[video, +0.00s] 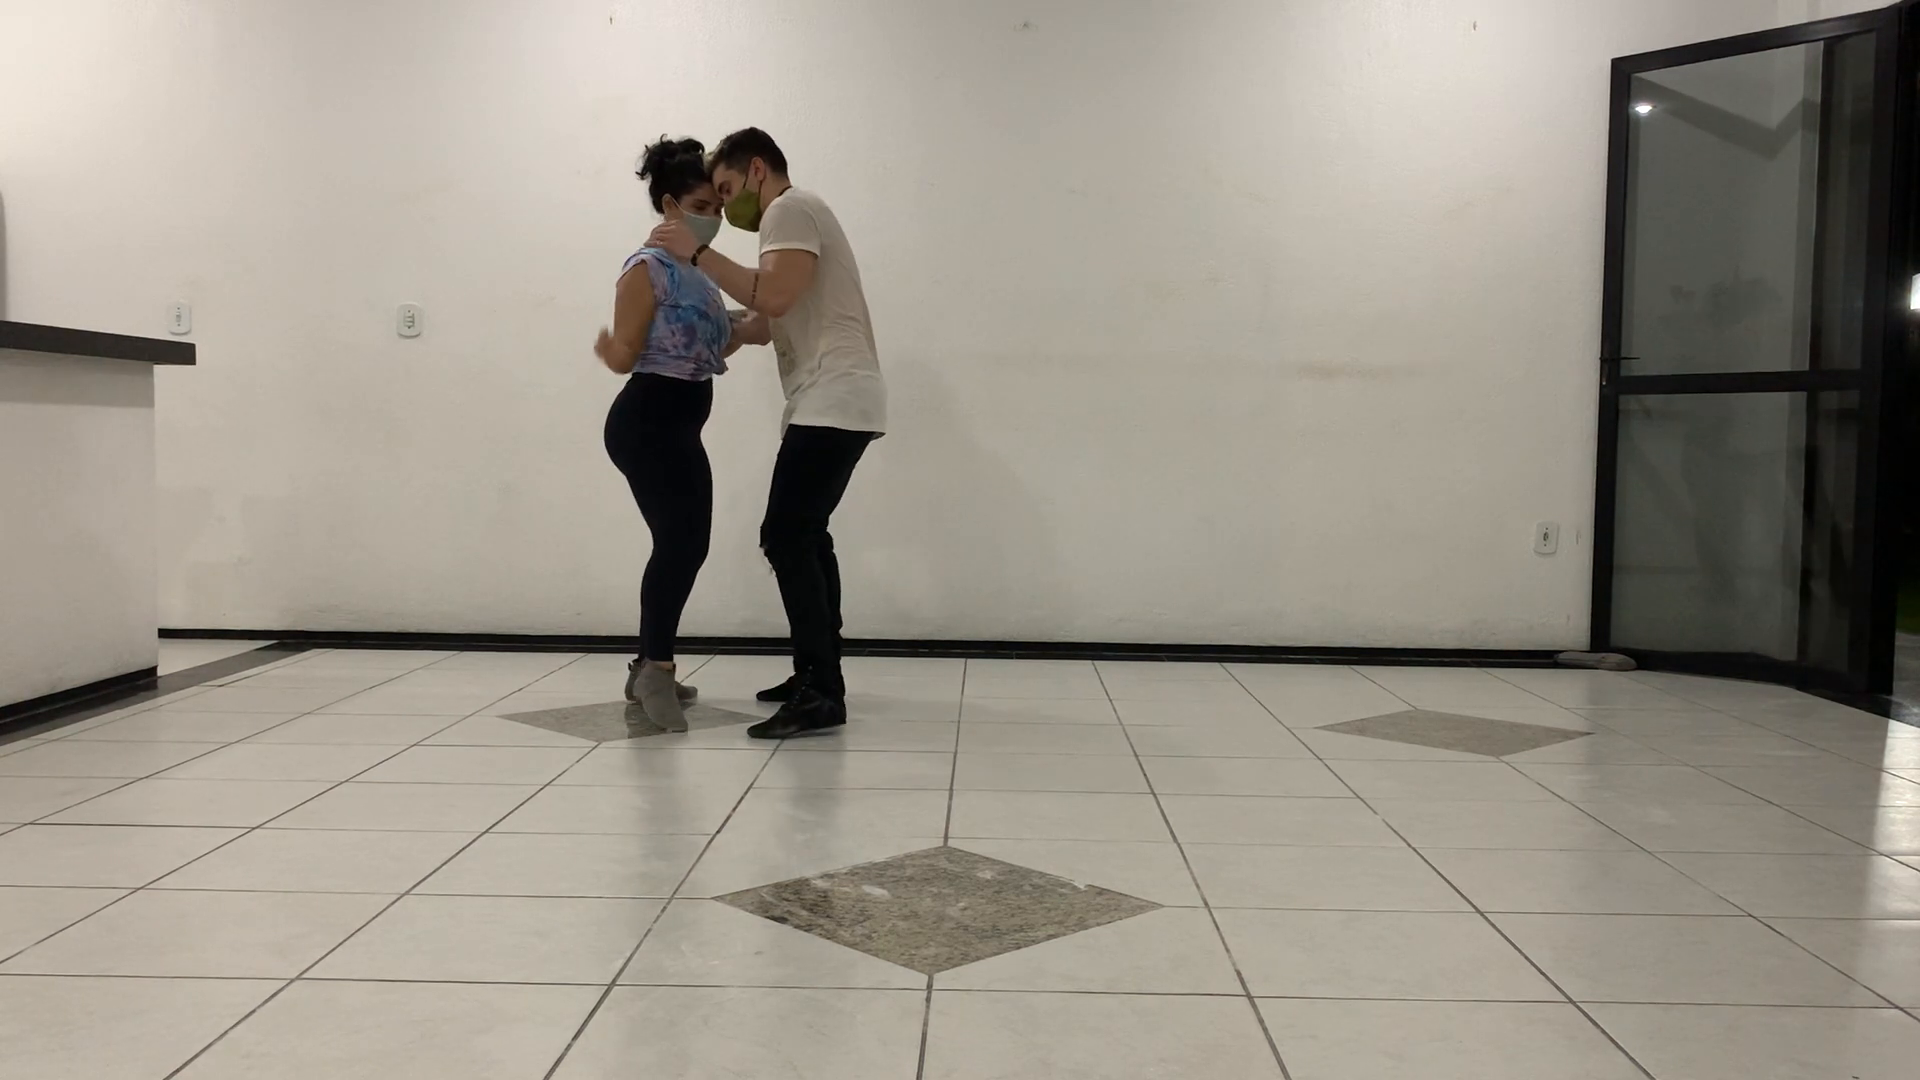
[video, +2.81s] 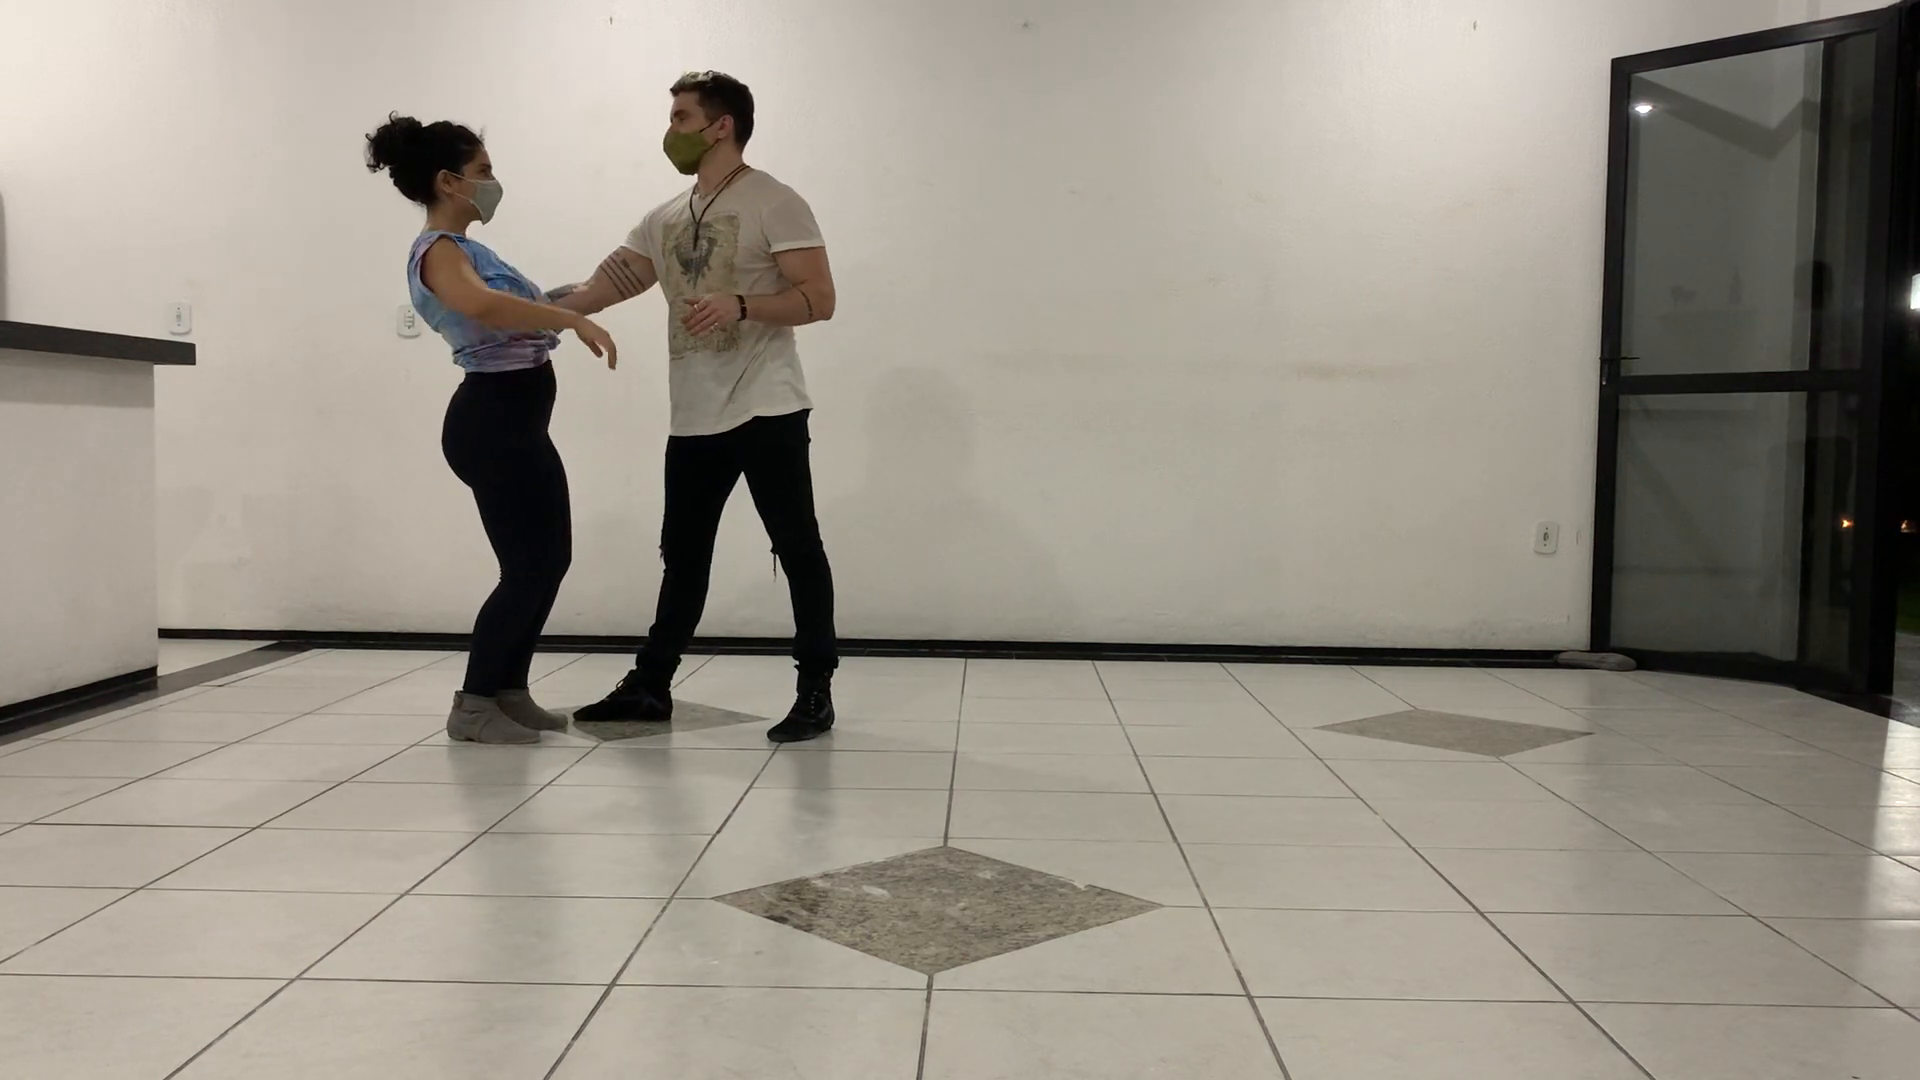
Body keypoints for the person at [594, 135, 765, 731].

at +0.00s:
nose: (712, 219)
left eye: (716, 206)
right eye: (698, 206)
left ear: (718, 203)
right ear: (666, 207)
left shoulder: (699, 274)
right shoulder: (646, 272)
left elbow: (705, 346)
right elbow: (622, 358)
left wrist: (748, 330)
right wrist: (606, 343)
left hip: (680, 423)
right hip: (645, 421)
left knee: (690, 544)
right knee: (675, 543)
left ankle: (652, 665)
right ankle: (654, 672)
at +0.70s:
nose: (683, 213)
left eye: (687, 202)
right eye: (674, 201)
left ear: (656, 194)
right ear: (635, 193)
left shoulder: (633, 258)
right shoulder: (608, 244)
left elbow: (660, 353)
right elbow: (548, 296)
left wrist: (708, 311)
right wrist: (598, 380)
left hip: (611, 419)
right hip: (612, 418)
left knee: (653, 552)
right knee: (670, 550)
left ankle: (578, 664)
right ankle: (633, 688)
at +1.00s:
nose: (660, 221)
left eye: (665, 210)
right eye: (654, 209)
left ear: (625, 201)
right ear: (616, 200)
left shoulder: (609, 271)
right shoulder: (572, 245)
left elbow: (622, 354)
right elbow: (490, 286)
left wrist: (677, 309)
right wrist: (528, 374)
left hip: (527, 419)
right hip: (549, 417)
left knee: (560, 558)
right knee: (613, 547)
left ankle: (526, 694)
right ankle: (624, 693)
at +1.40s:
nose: (646, 214)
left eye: (648, 203)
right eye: (638, 201)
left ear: (613, 199)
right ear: (598, 195)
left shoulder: (598, 276)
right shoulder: (546, 239)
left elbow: (594, 361)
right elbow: (451, 277)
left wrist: (666, 330)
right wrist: (459, 372)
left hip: (537, 421)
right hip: (492, 411)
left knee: (539, 559)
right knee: (525, 554)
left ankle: (524, 702)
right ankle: (543, 700)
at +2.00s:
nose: (579, 163)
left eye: (573, 153)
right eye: (565, 157)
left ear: (543, 175)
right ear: (534, 176)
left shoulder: (549, 261)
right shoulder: (512, 238)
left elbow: (620, 333)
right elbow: (445, 305)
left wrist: (658, 284)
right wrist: (448, 402)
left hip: (512, 419)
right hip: (472, 413)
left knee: (538, 552)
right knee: (506, 556)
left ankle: (506, 694)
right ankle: (469, 705)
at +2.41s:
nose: (498, 170)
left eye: (492, 160)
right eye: (486, 163)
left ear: (458, 182)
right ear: (454, 181)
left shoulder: (487, 248)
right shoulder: (453, 254)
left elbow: (545, 324)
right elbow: (465, 347)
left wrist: (619, 301)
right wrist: (543, 405)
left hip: (526, 417)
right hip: (491, 421)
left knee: (550, 558)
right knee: (526, 563)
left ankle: (507, 693)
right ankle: (474, 705)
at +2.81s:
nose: (494, 182)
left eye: (491, 170)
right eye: (484, 172)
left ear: (449, 185)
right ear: (448, 183)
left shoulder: (467, 250)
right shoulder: (439, 250)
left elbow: (543, 306)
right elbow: (479, 306)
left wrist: (620, 279)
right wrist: (569, 319)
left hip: (515, 415)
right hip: (491, 418)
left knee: (551, 556)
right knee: (529, 563)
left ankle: (508, 692)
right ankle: (475, 704)